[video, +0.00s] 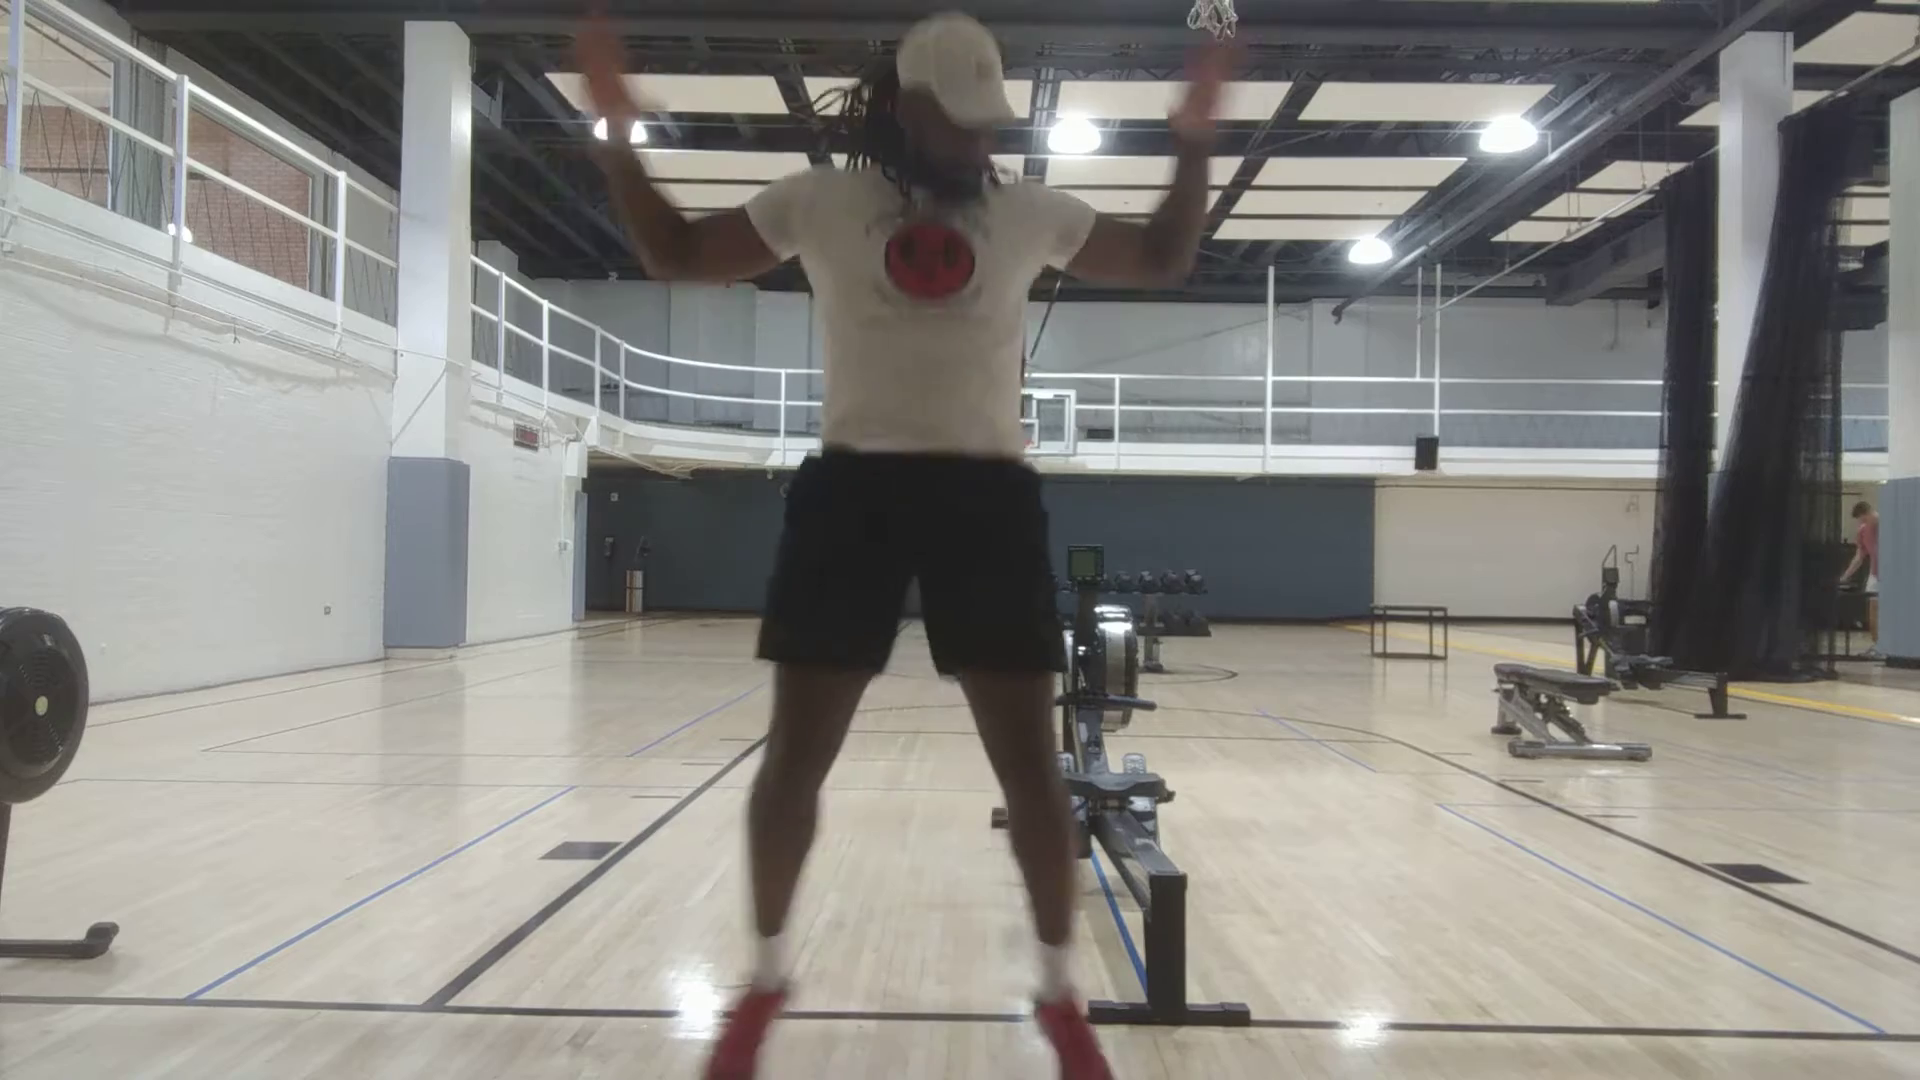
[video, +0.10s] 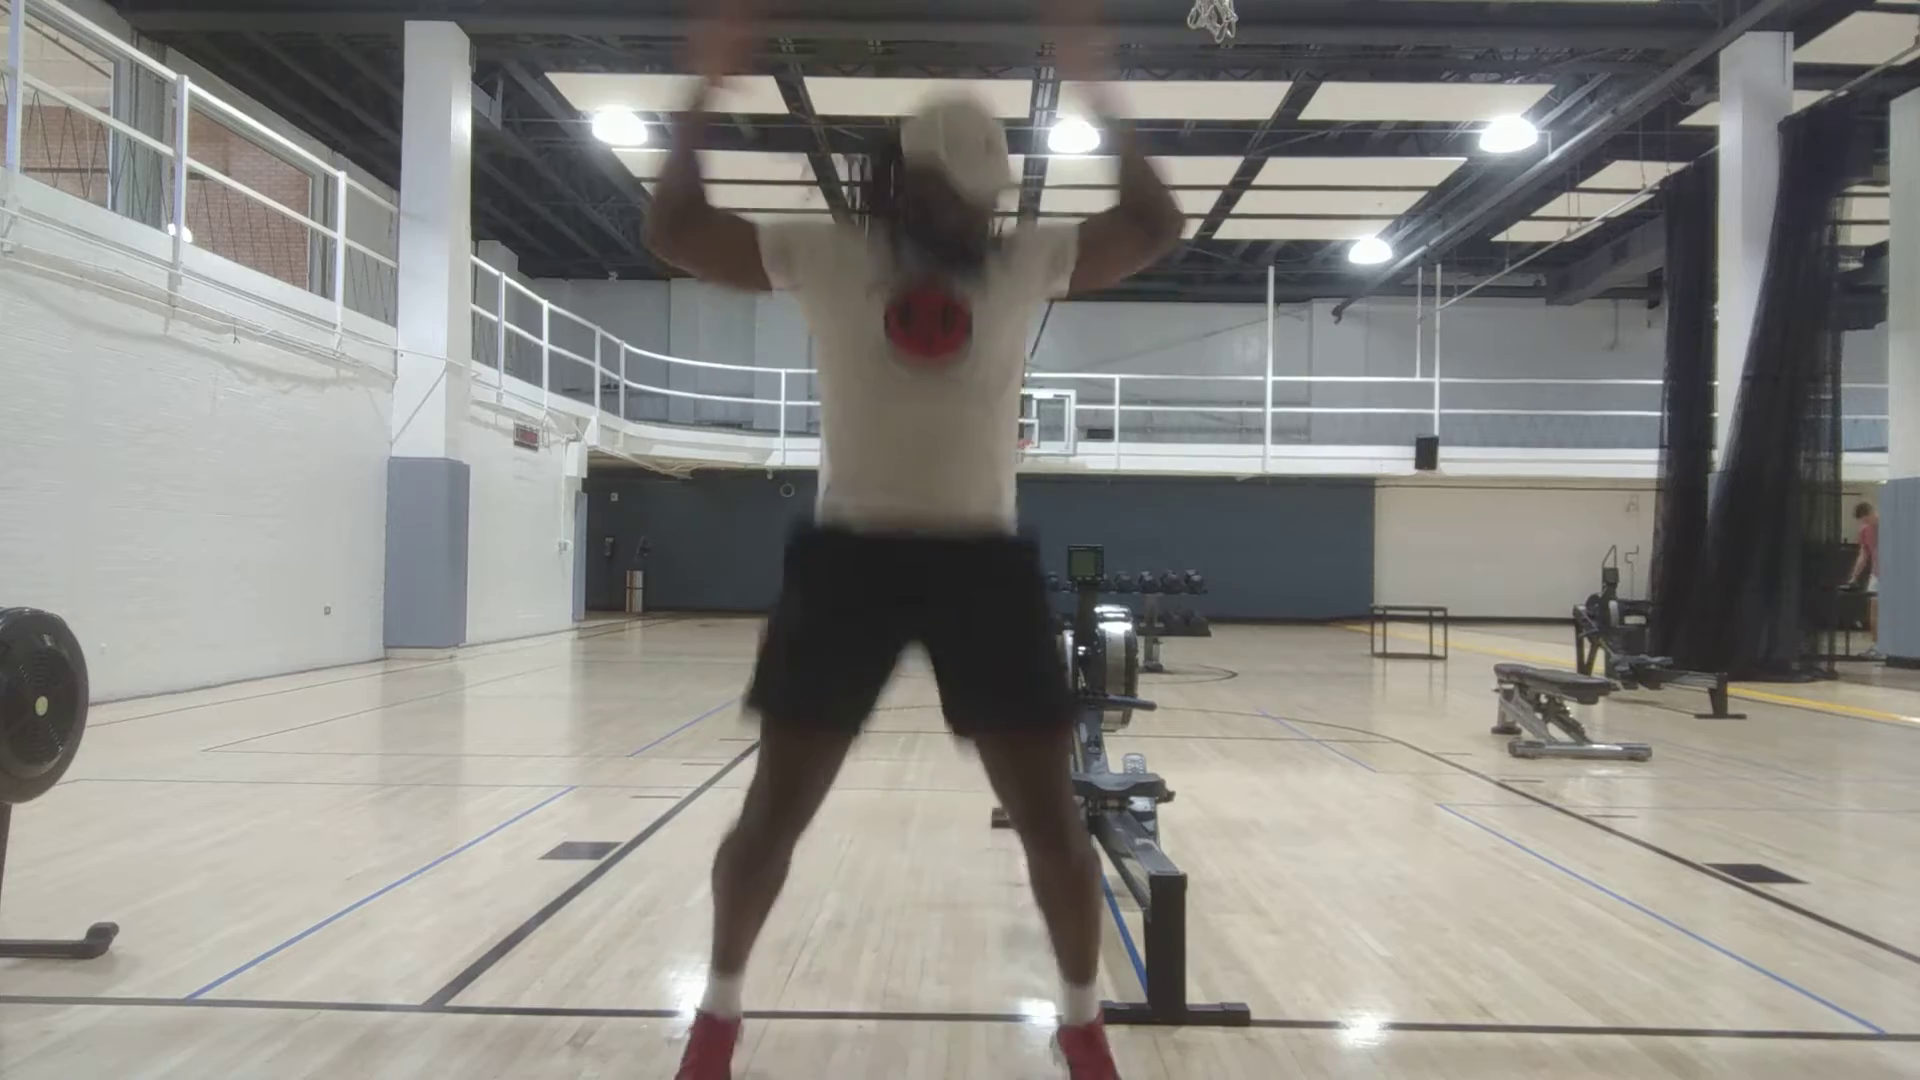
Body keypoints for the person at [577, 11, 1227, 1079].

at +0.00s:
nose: (982, 146)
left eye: (991, 125)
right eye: (961, 125)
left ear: (997, 113)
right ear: (899, 109)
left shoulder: (1028, 213)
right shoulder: (824, 198)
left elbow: (1166, 255)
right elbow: (671, 250)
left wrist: (1195, 139)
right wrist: (613, 125)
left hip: (990, 499)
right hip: (852, 494)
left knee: (1031, 761)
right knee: (796, 754)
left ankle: (1061, 993)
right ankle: (765, 974)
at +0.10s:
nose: (959, 216)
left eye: (975, 199)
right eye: (942, 195)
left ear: (999, 195)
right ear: (897, 180)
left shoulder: (1027, 261)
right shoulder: (825, 253)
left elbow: (1153, 226)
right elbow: (675, 230)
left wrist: (1101, 92)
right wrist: (700, 92)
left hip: (986, 565)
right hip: (849, 561)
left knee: (1052, 817)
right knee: (775, 810)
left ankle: (1084, 1021)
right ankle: (720, 1008)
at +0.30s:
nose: (986, 213)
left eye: (1003, 194)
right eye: (969, 188)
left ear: (1019, 198)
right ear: (920, 181)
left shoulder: (1036, 279)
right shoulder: (836, 266)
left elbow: (1162, 258)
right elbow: (678, 259)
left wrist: (1133, 128)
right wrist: (675, 122)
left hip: (987, 569)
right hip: (852, 562)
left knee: (1042, 800)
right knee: (778, 785)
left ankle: (1075, 1018)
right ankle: (730, 1004)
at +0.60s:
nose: (976, 183)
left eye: (992, 163)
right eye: (957, 161)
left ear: (1011, 161)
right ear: (912, 153)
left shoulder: (1040, 283)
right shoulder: (845, 263)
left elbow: (1046, 428)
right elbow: (801, 393)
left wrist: (1073, 426)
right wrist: (806, 398)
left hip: (993, 551)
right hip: (869, 544)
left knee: (988, 804)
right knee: (860, 797)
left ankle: (964, 1011)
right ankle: (885, 1010)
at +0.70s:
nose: (972, 224)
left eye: (986, 205)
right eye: (954, 205)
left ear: (1003, 208)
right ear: (911, 203)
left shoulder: (1038, 322)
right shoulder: (848, 315)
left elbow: (1068, 458)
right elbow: (791, 460)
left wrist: (1085, 461)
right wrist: (810, 463)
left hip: (998, 598)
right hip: (872, 594)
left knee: (998, 831)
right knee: (870, 827)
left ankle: (959, 1026)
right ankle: (894, 1025)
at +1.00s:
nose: (961, 123)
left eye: (977, 104)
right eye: (942, 104)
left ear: (1004, 105)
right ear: (907, 103)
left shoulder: (1055, 200)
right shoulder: (851, 195)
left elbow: (1190, 252)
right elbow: (703, 235)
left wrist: (1214, 124)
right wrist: (656, 112)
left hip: (1011, 493)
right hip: (875, 485)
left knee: (1057, 747)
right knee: (802, 733)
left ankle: (1104, 989)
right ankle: (739, 977)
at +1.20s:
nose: (956, 230)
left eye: (972, 214)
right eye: (939, 213)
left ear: (998, 220)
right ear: (904, 223)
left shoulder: (1050, 300)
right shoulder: (842, 300)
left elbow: (1177, 241)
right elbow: (723, 229)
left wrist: (1039, 148)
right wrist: (829, 130)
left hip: (1012, 625)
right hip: (869, 620)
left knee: (1089, 854)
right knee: (768, 845)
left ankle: (1159, 1048)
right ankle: (678, 1042)